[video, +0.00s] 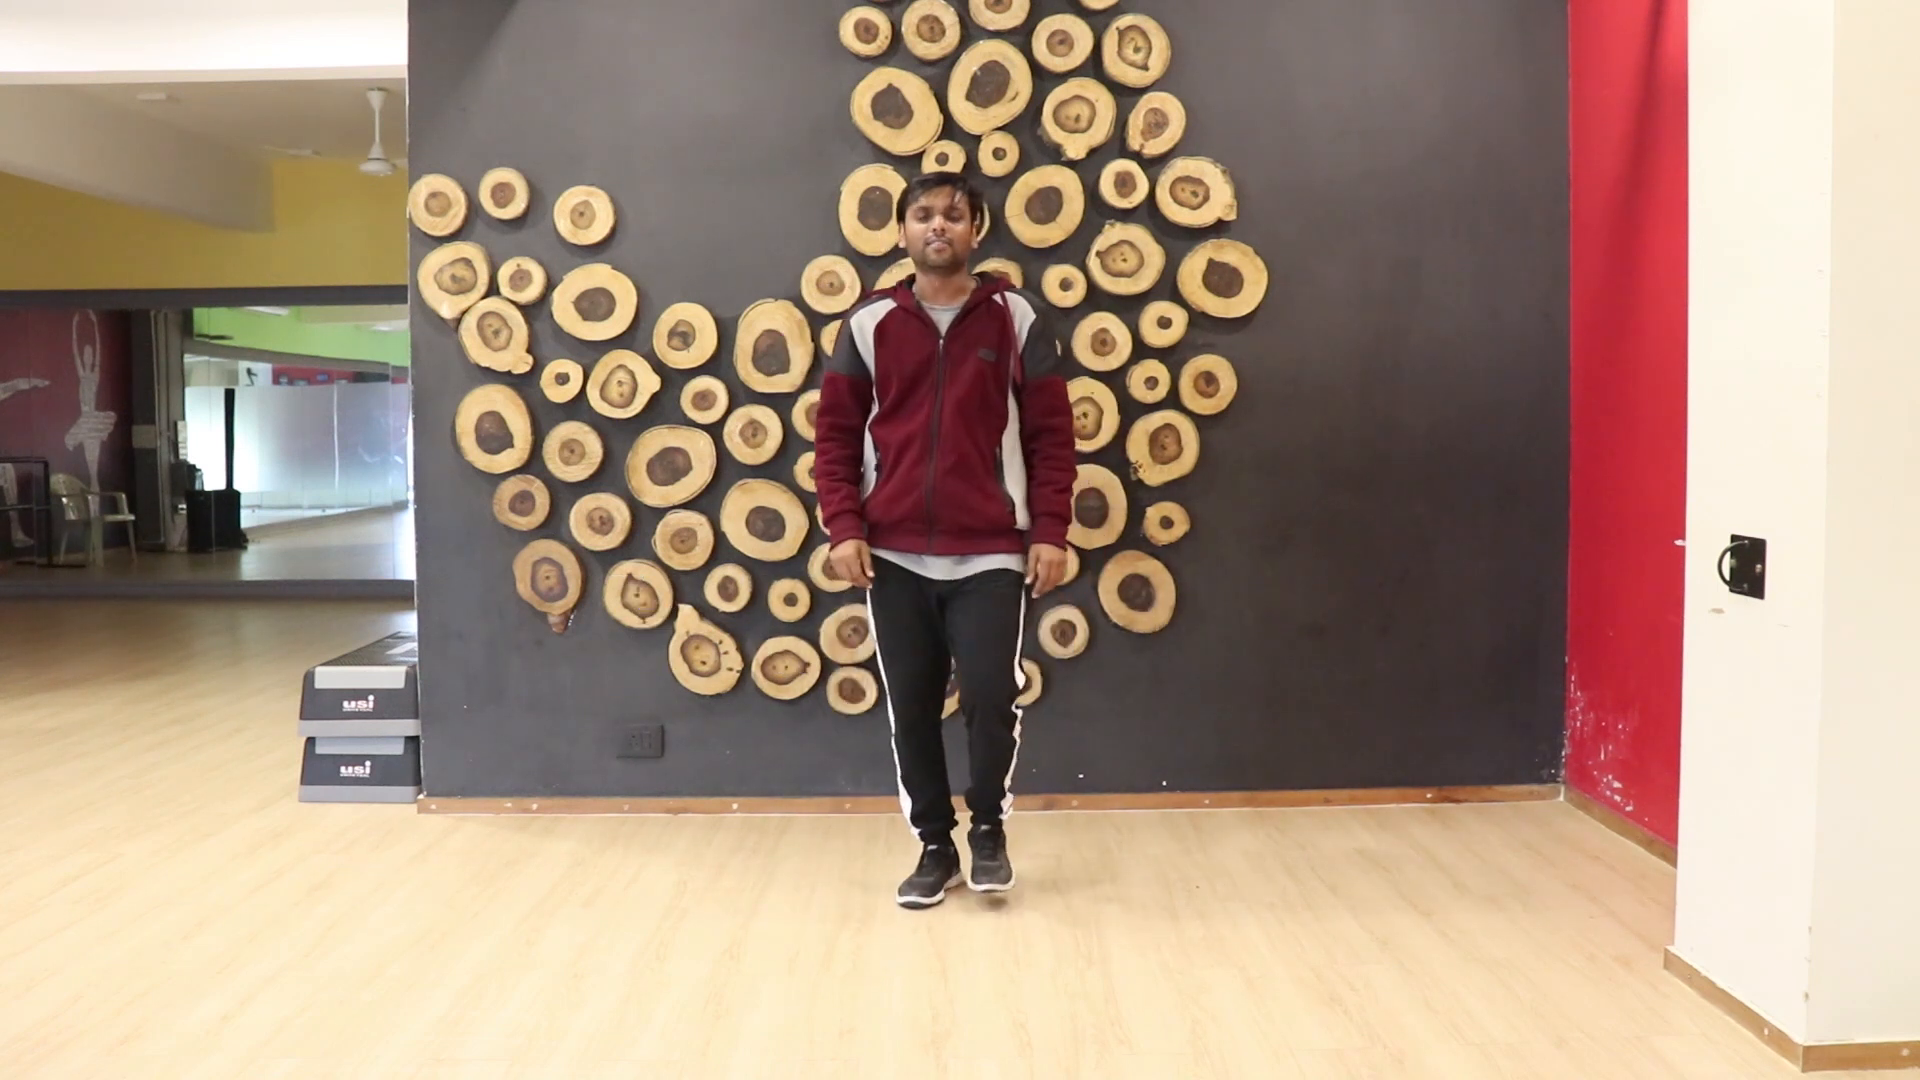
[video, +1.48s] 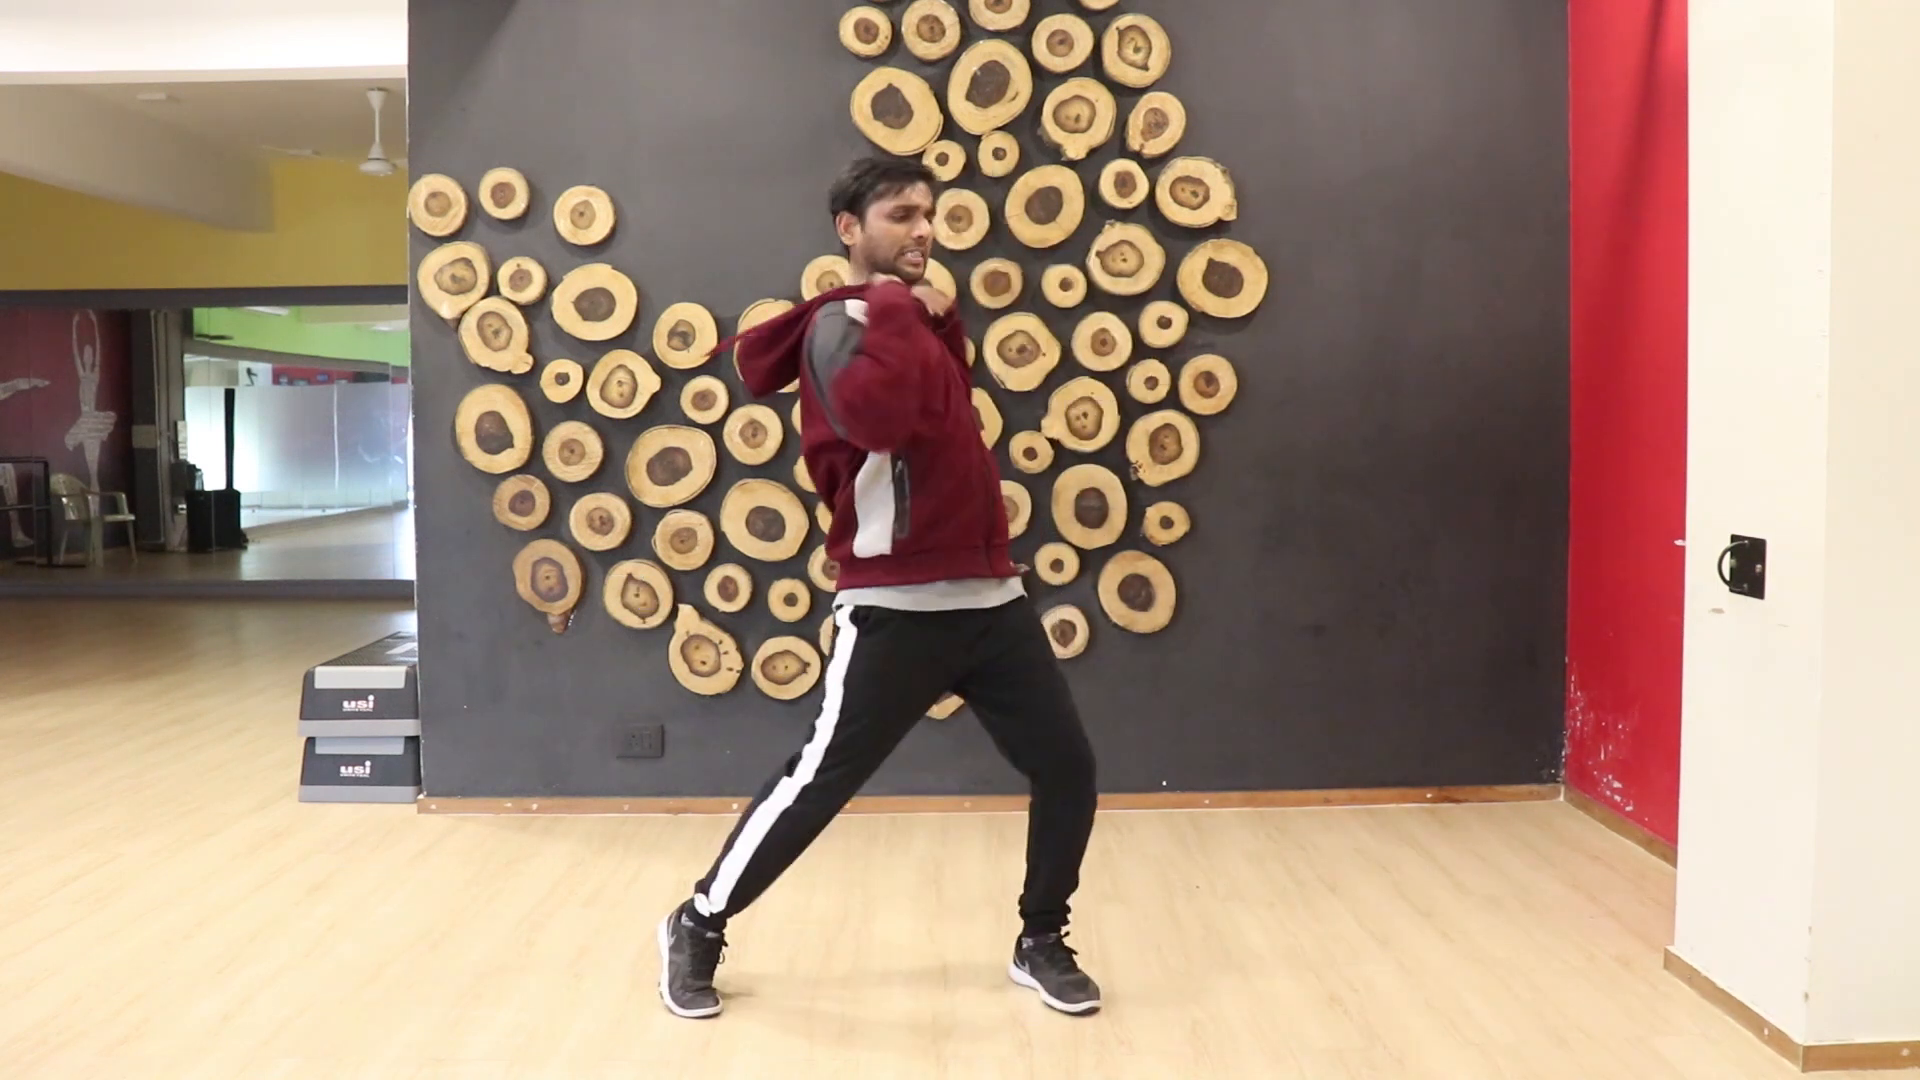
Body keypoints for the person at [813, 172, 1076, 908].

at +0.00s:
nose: (939, 226)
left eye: (953, 215)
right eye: (924, 215)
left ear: (976, 232)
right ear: (903, 233)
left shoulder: (1016, 317)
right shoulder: (867, 324)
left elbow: (1049, 430)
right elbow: (836, 433)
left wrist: (1050, 529)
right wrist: (842, 526)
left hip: (991, 549)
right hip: (894, 551)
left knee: (989, 693)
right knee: (910, 705)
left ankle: (988, 830)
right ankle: (933, 847)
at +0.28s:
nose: (942, 222)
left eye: (957, 212)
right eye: (928, 212)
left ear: (981, 232)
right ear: (907, 232)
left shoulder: (1019, 319)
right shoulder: (868, 322)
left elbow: (1049, 437)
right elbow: (839, 434)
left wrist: (1041, 540)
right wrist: (848, 532)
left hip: (990, 554)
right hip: (896, 553)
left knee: (988, 708)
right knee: (910, 710)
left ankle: (987, 846)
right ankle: (934, 847)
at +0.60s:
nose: (938, 234)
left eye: (954, 222)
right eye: (924, 222)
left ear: (979, 238)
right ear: (904, 238)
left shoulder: (1022, 330)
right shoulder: (864, 333)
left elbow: (1060, 447)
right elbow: (836, 444)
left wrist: (1052, 548)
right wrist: (830, 536)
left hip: (989, 567)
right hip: (892, 566)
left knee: (983, 717)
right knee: (906, 721)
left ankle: (979, 835)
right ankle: (934, 846)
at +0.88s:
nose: (955, 227)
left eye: (971, 214)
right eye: (939, 214)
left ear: (993, 233)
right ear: (913, 232)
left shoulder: (1021, 316)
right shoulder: (884, 310)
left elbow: (1019, 419)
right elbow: (871, 404)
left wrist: (915, 367)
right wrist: (982, 337)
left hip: (1006, 567)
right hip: (908, 568)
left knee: (1018, 747)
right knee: (913, 742)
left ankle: (1023, 929)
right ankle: (939, 836)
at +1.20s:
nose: (965, 211)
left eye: (981, 199)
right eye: (946, 198)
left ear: (1001, 220)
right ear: (914, 215)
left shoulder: (1044, 312)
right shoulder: (864, 306)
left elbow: (1161, 351)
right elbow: (776, 375)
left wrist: (1087, 279)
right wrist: (804, 301)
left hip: (1002, 572)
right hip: (894, 563)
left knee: (1030, 762)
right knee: (923, 717)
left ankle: (1033, 941)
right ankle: (884, 882)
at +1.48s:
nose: (923, 231)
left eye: (928, 216)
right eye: (903, 216)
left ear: (931, 225)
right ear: (850, 227)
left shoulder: (917, 314)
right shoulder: (836, 327)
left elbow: (947, 387)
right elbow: (878, 414)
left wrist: (942, 318)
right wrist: (895, 309)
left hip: (993, 602)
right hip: (893, 611)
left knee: (1068, 773)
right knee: (820, 781)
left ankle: (1043, 940)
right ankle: (697, 928)